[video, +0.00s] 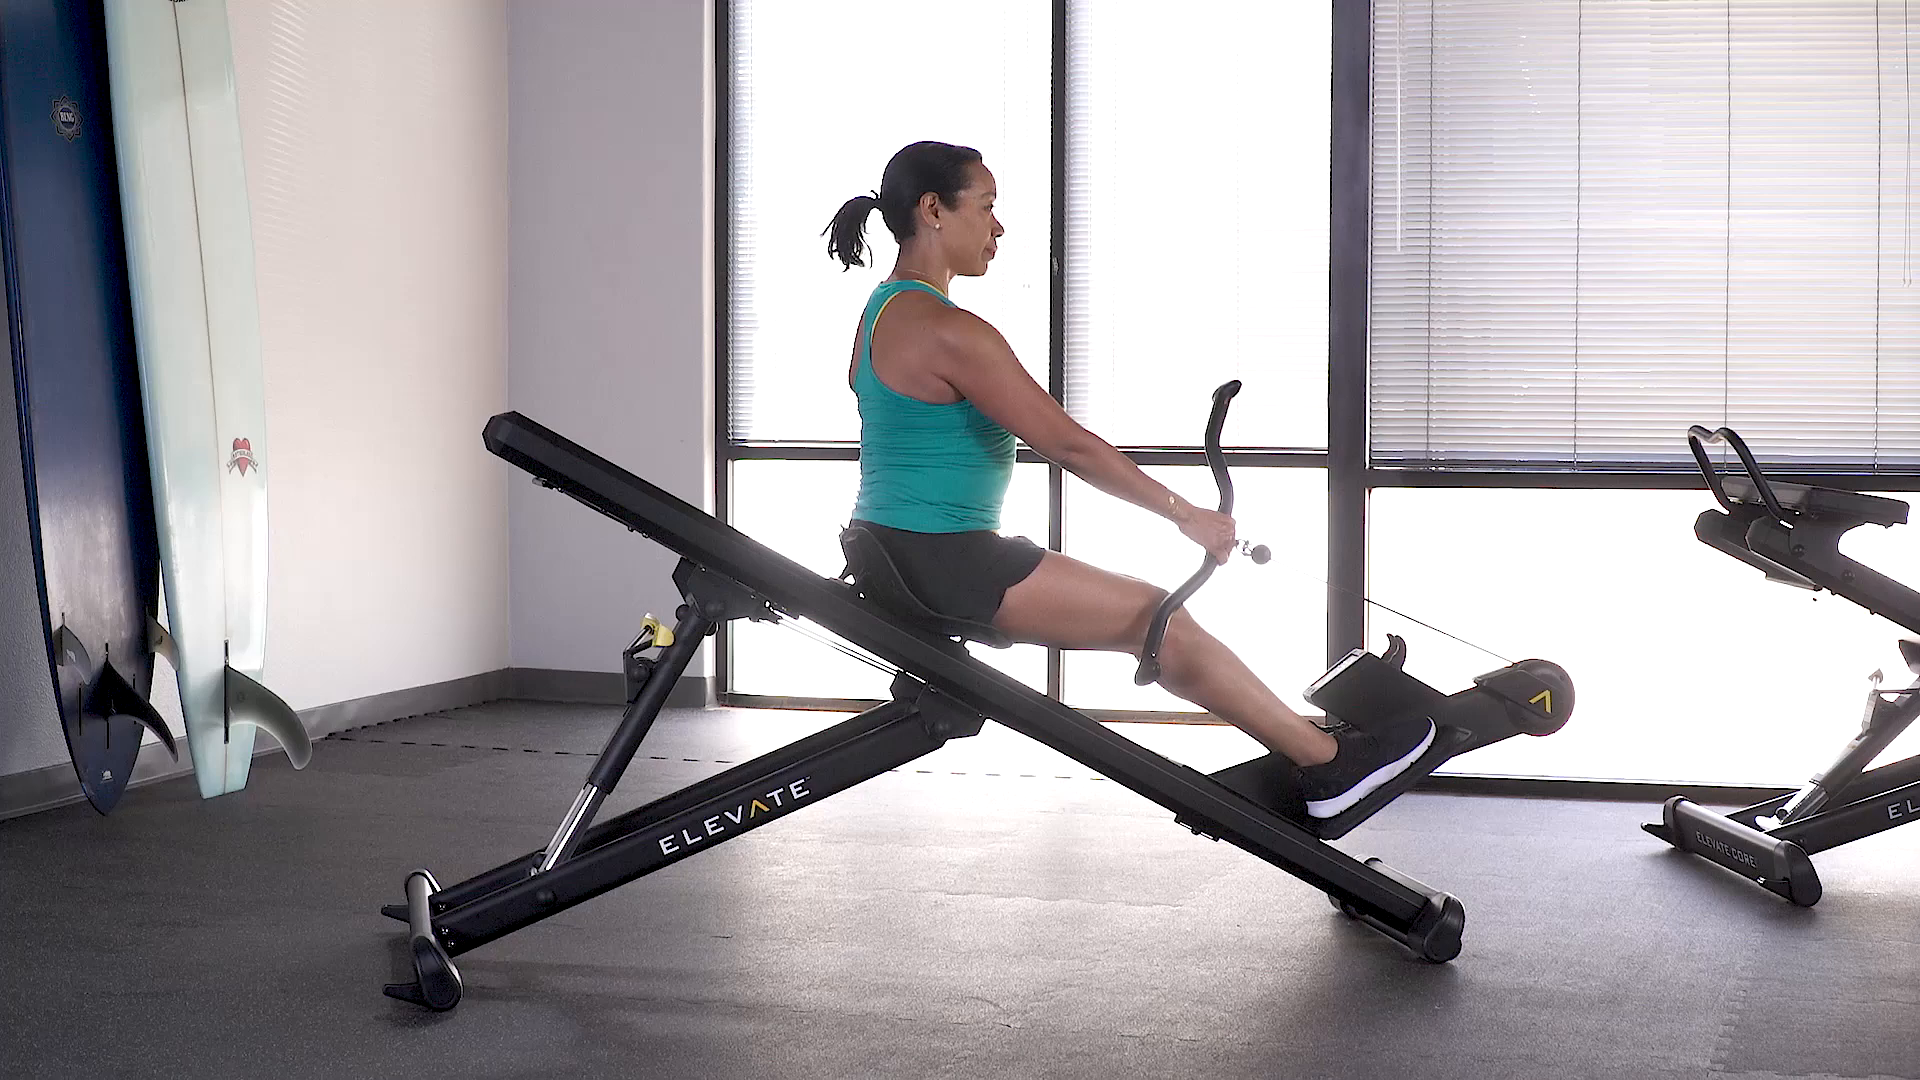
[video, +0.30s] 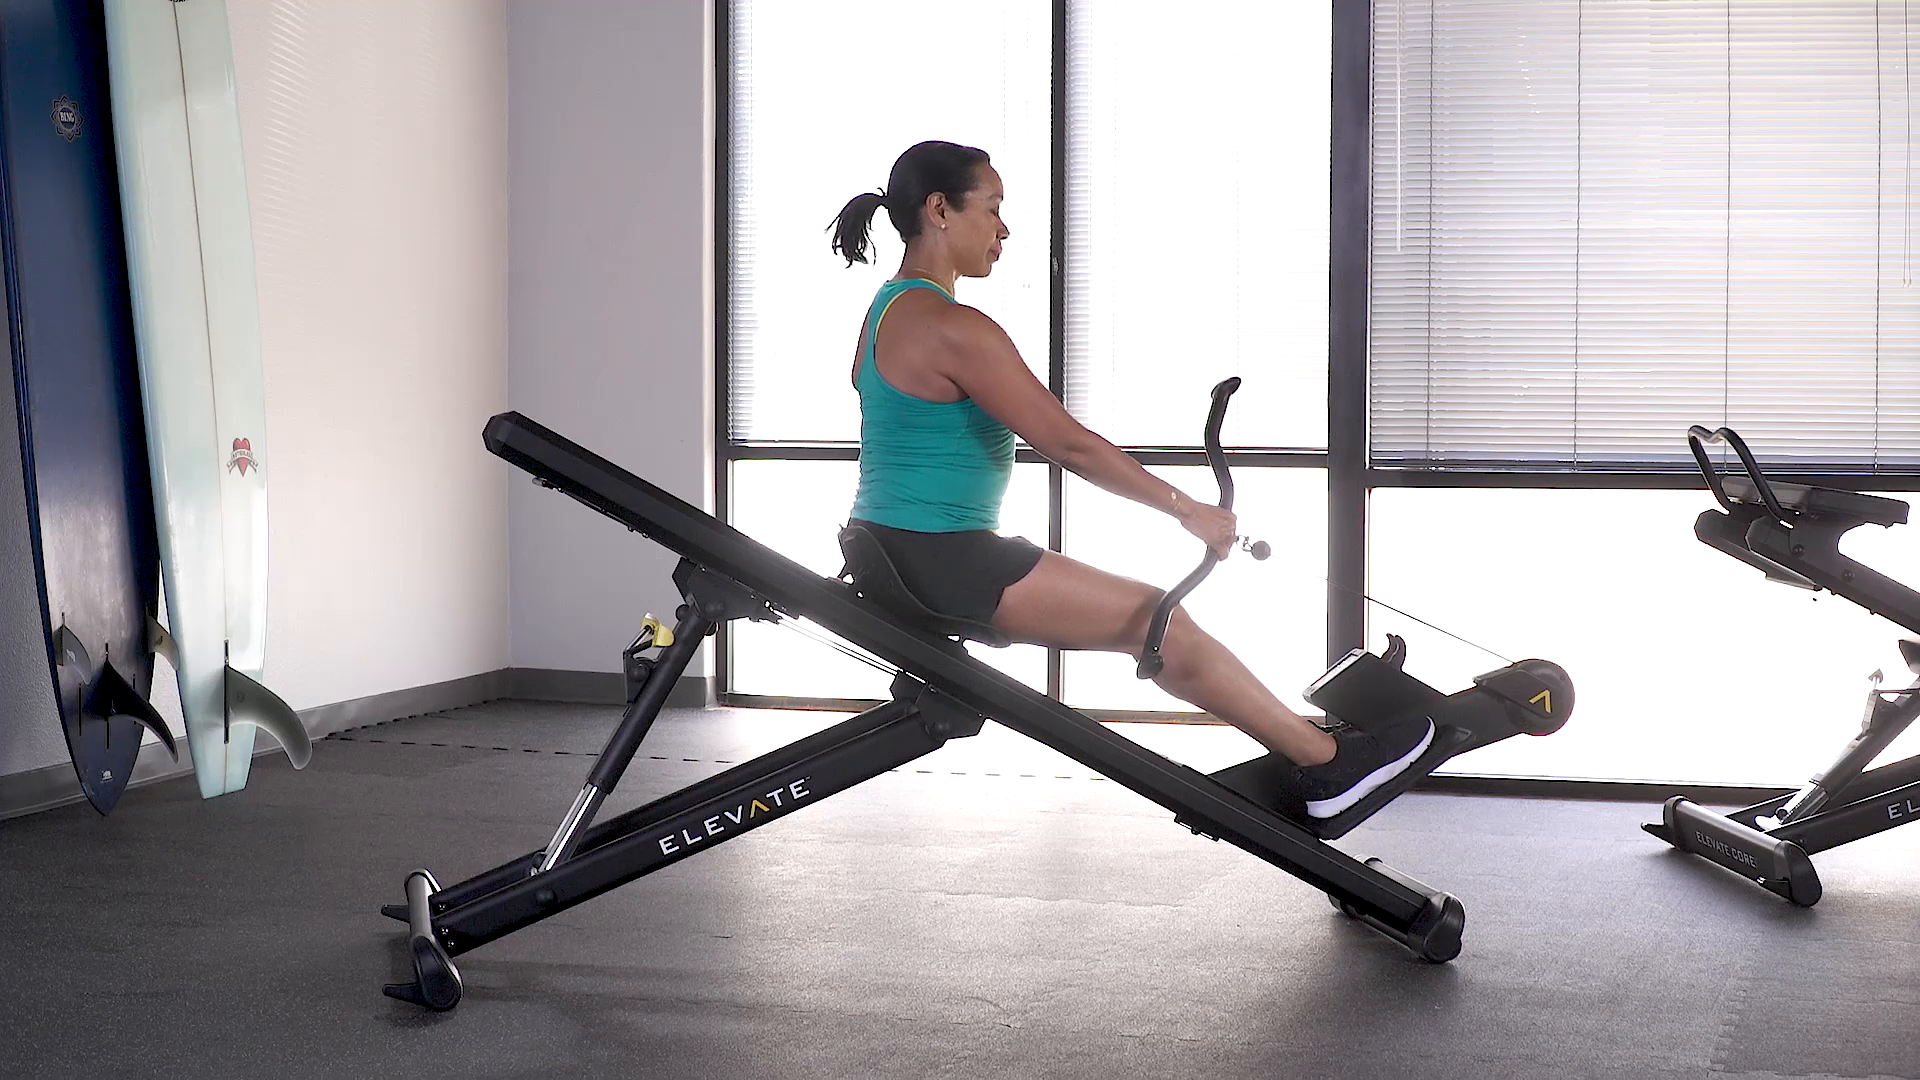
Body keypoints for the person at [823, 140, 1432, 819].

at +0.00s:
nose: (999, 227)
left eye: (995, 210)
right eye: (986, 210)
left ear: (923, 217)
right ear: (931, 214)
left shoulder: (886, 313)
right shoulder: (949, 332)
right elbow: (1069, 444)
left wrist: (1023, 435)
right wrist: (1188, 514)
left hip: (891, 549)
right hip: (939, 558)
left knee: (1145, 616)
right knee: (1156, 619)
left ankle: (1304, 737)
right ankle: (1322, 761)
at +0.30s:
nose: (1003, 230)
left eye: (1001, 213)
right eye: (992, 212)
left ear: (929, 217)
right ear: (938, 214)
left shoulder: (891, 314)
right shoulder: (957, 330)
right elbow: (1068, 444)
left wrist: (1041, 427)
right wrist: (1188, 509)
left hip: (889, 547)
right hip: (937, 556)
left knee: (1142, 616)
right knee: (1152, 619)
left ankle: (1303, 741)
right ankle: (1319, 755)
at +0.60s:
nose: (1075, 255)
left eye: (1071, 236)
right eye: (1063, 237)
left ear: (1006, 247)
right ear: (1012, 244)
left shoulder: (955, 337)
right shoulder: (1038, 359)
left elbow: (915, 456)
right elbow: (1154, 470)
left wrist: (1043, 451)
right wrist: (1272, 536)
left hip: (937, 576)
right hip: (991, 586)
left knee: (1199, 590)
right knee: (1211, 589)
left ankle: (1311, 749)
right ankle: (1342, 771)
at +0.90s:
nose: (1197, 310)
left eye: (1191, 292)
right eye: (1185, 293)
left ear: (1127, 305)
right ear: (1135, 304)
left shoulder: (1064, 395)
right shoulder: (1180, 420)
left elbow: (1002, 500)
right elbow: (1305, 528)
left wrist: (1057, 576)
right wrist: (1408, 593)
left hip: (1025, 624)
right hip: (1097, 637)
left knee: (1280, 575)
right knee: (1305, 586)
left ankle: (1343, 762)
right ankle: (1382, 785)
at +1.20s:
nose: (1258, 334)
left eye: (1251, 318)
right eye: (1243, 321)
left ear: (1185, 337)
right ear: (1196, 334)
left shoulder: (1111, 423)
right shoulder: (1254, 449)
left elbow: (1041, 519)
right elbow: (1377, 551)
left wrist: (1089, 593)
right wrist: (1479, 625)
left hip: (1062, 645)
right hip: (1139, 663)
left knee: (1307, 577)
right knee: (1340, 586)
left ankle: (1356, 761)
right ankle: (1400, 796)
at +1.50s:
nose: (1174, 286)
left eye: (1166, 271)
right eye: (1159, 273)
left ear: (1102, 294)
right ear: (1109, 292)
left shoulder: (1047, 379)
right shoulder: (1164, 403)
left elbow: (990, 482)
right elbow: (1274, 521)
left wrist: (1046, 556)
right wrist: (1381, 582)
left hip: (997, 610)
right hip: (1071, 624)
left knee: (1258, 584)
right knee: (1280, 582)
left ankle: (1335, 763)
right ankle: (1374, 777)